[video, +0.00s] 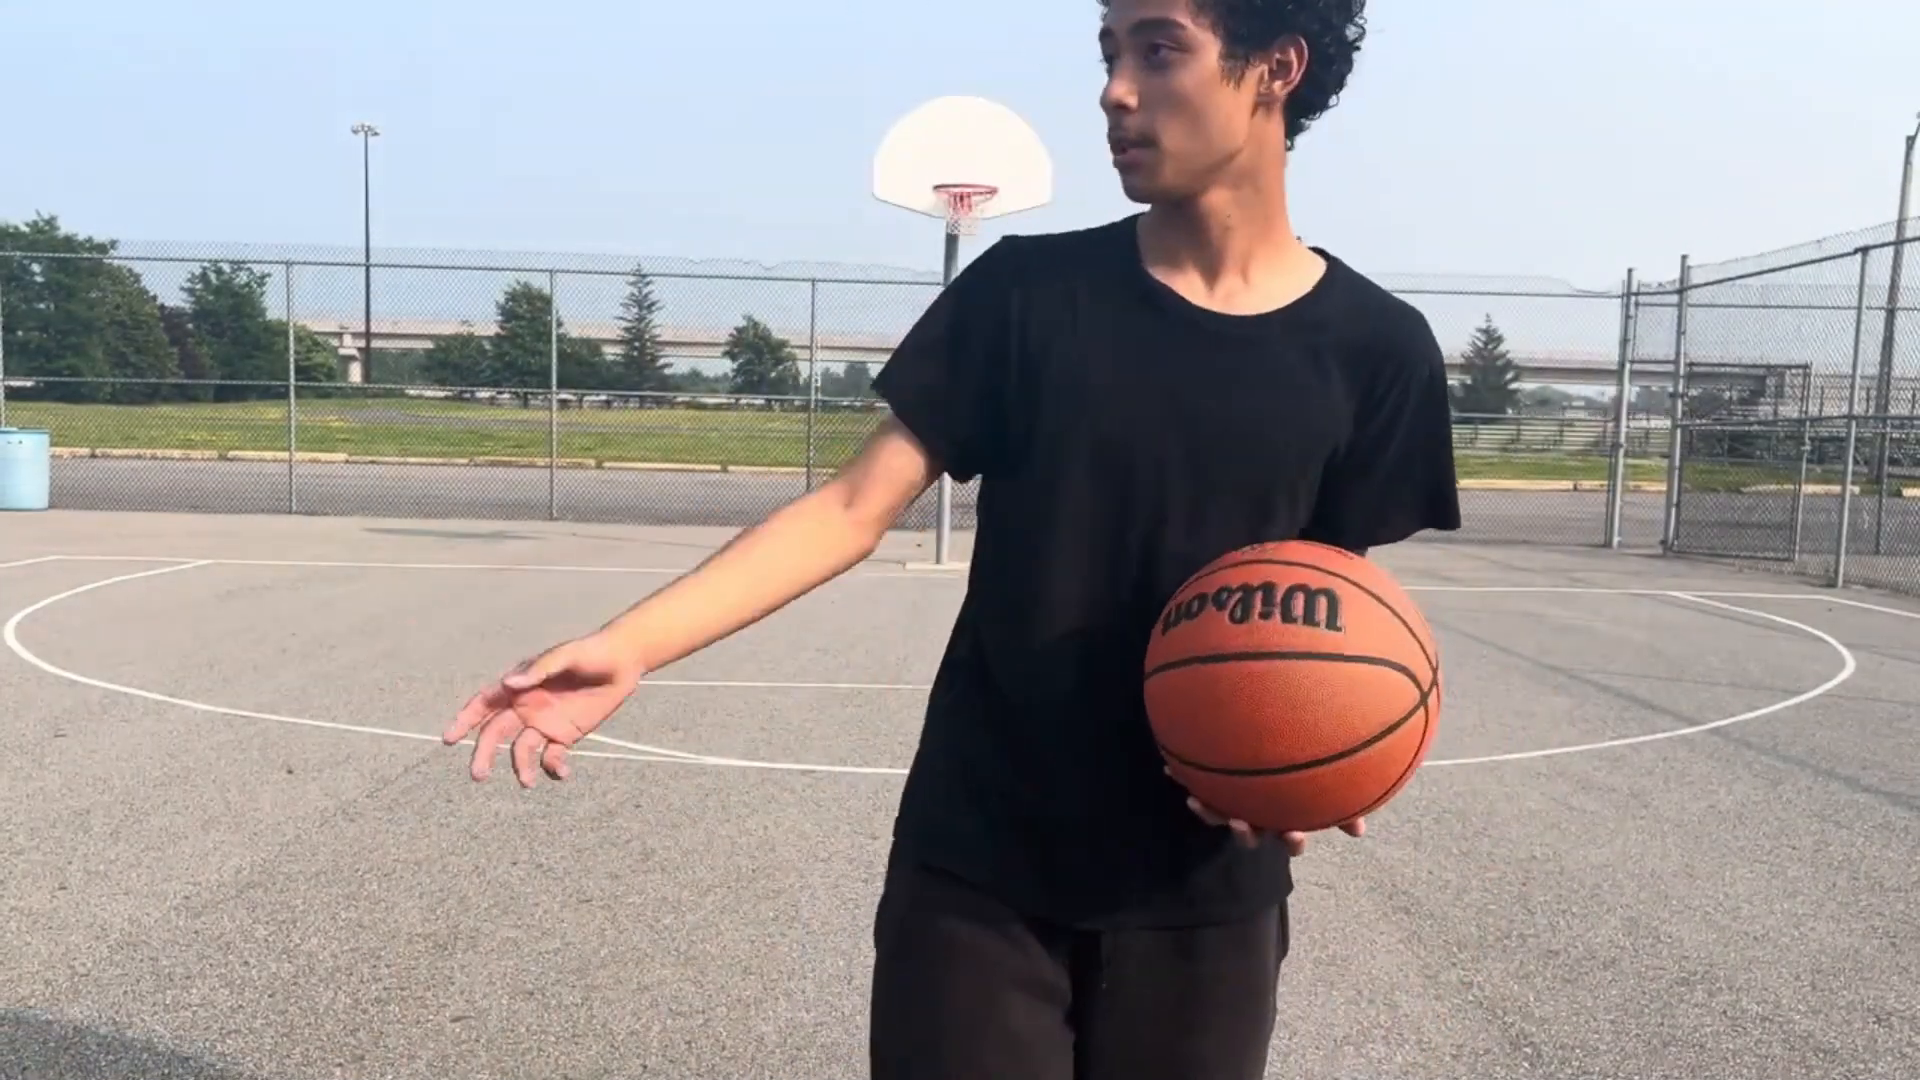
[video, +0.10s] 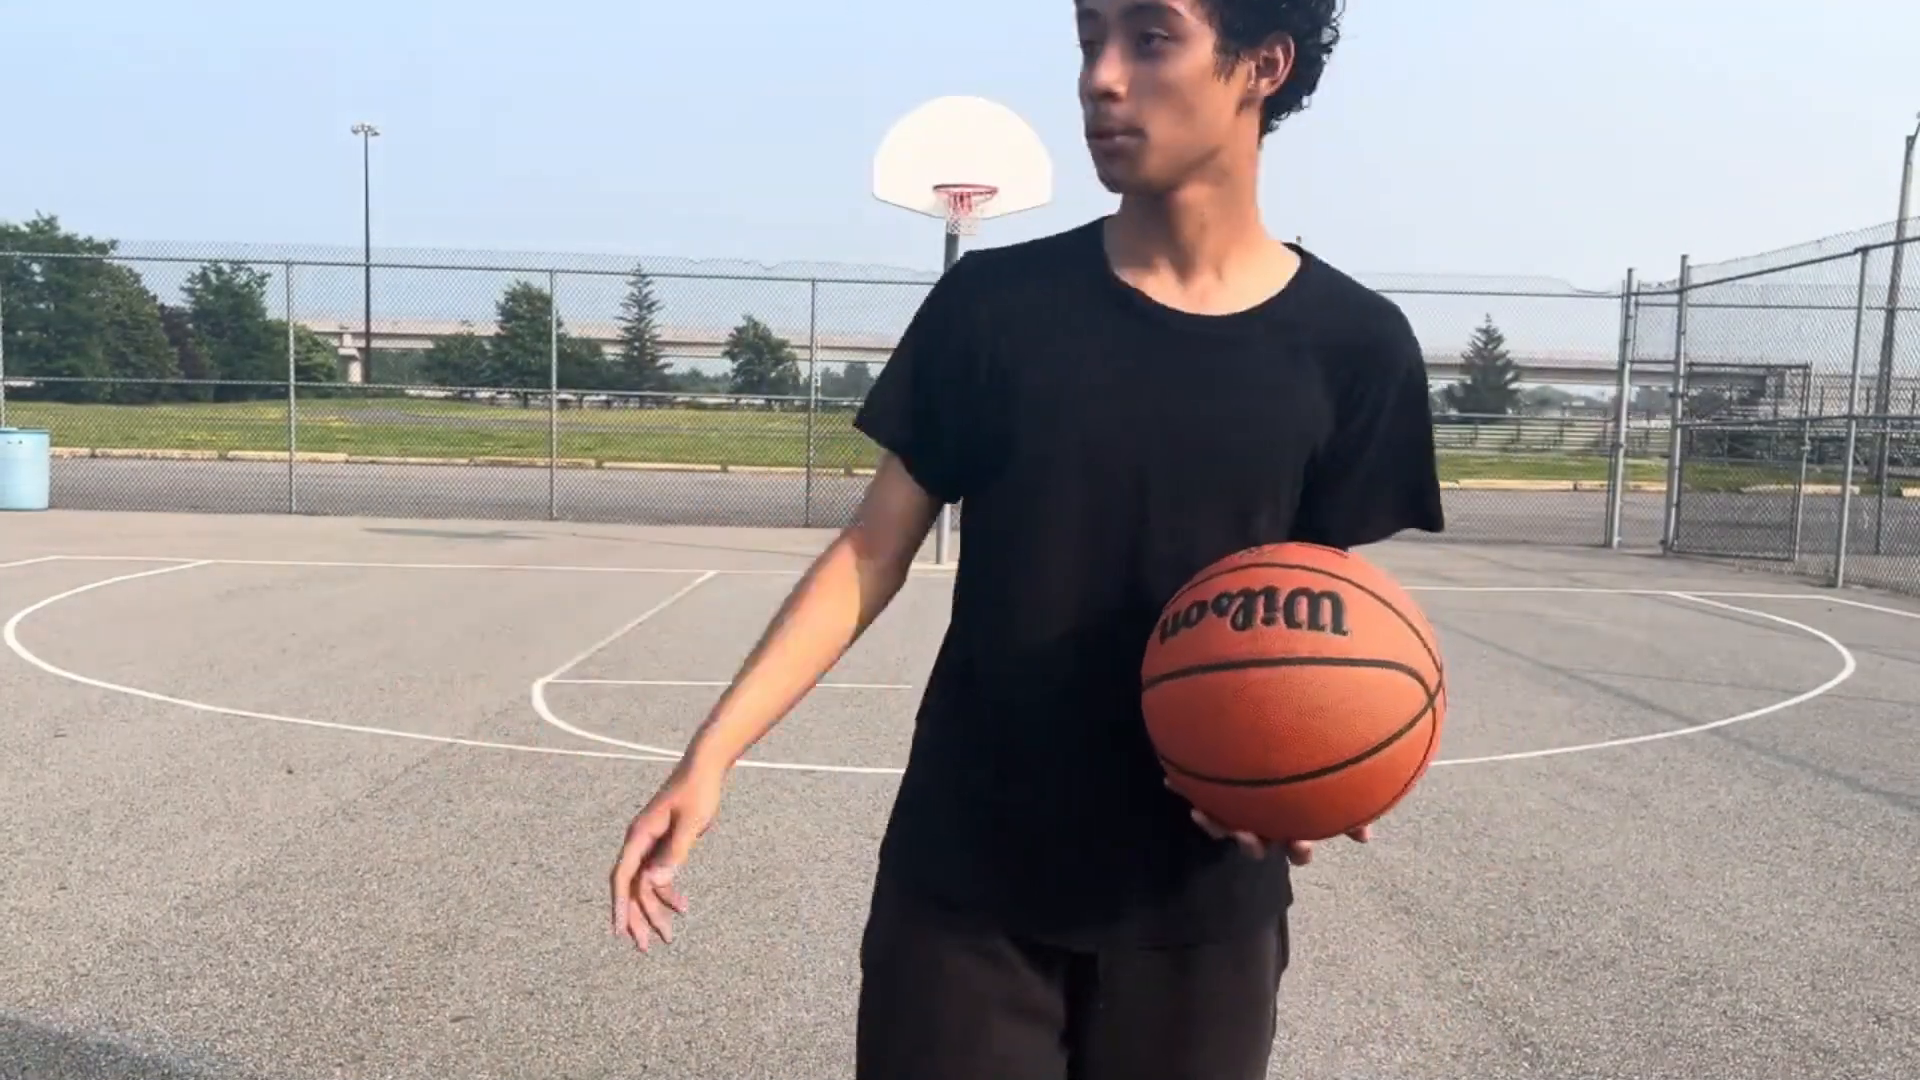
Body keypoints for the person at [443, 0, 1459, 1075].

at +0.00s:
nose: (1115, 95)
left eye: (1160, 54)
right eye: (1112, 58)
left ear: (1280, 73)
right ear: (1102, 68)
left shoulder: (1379, 350)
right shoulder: (1023, 291)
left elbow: (1343, 610)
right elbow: (849, 506)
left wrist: (1304, 761)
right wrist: (627, 645)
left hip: (1208, 887)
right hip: (979, 873)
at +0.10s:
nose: (1100, 79)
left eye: (1150, 42)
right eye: (1093, 46)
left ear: (1264, 69)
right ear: (1079, 66)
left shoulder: (1356, 345)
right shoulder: (987, 303)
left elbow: (1328, 618)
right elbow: (869, 555)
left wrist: (1294, 771)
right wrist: (710, 755)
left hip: (1204, 901)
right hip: (967, 887)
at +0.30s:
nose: (1058, 36)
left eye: (1102, 2)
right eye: (1022, 3)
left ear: (1174, 35)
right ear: (978, 40)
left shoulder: (1284, 295)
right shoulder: (895, 316)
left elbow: (1312, 577)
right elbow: (886, 608)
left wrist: (1320, 742)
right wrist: (862, 837)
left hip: (1187, 913)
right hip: (935, 906)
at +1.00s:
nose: (1183, 5)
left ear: (1301, 2)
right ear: (1090, 5)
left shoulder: (1434, 283)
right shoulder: (947, 269)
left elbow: (1411, 606)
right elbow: (886, 610)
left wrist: (1421, 808)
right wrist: (882, 909)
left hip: (1287, 988)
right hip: (994, 989)